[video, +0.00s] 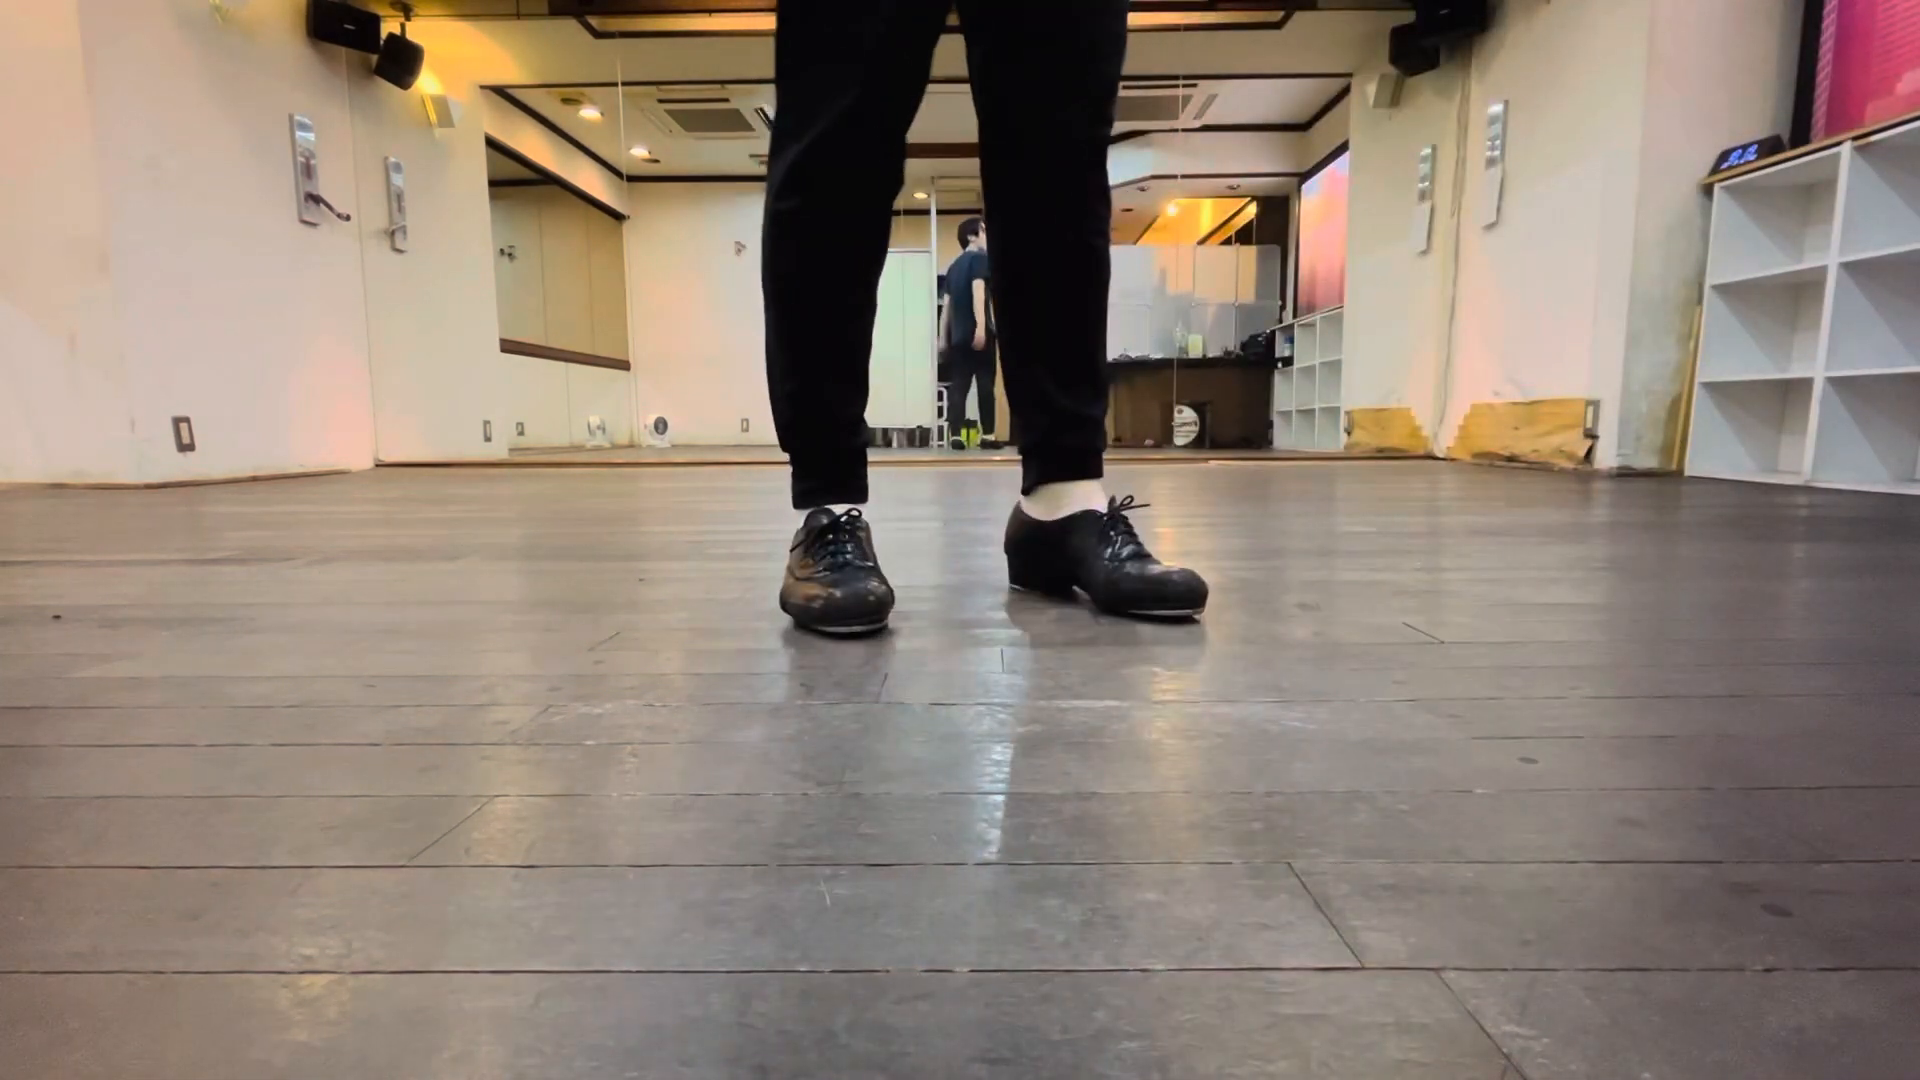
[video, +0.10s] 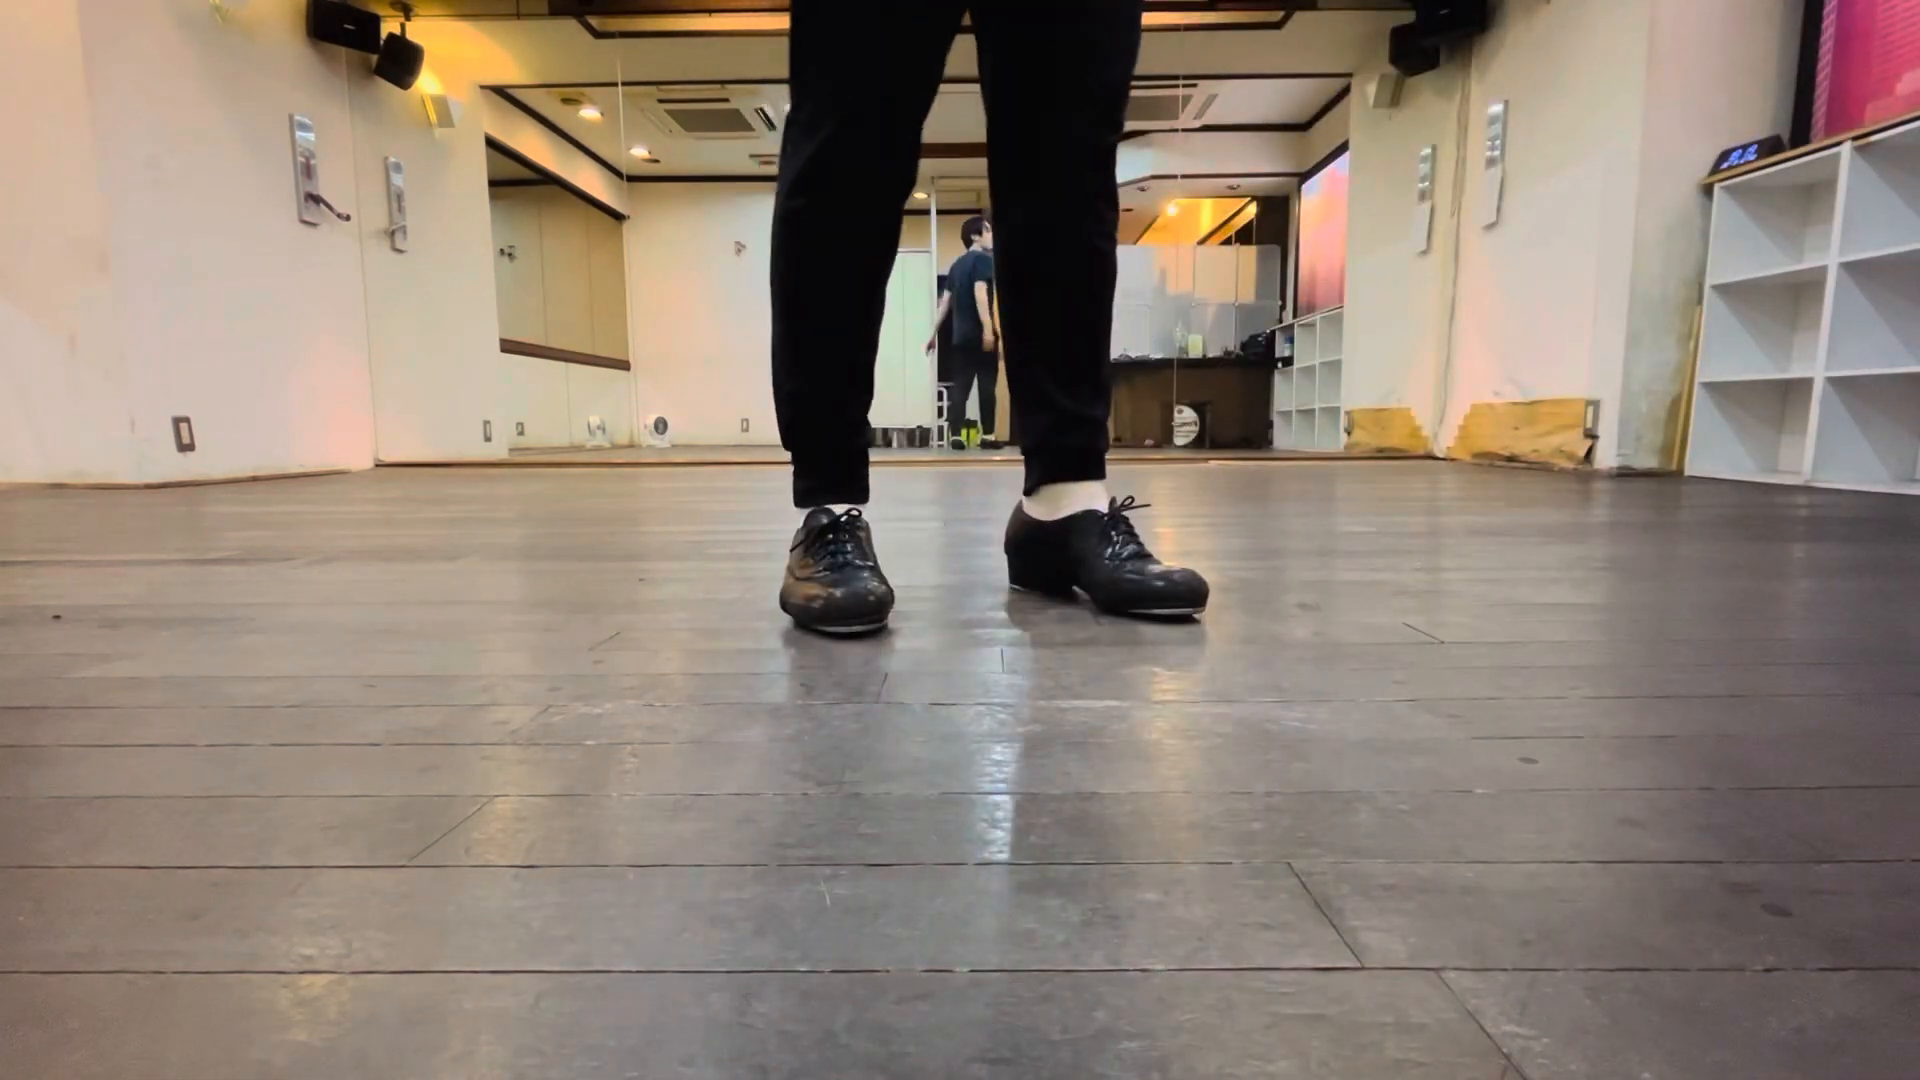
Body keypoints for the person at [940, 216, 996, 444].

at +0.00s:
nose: (987, 237)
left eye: (985, 232)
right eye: (984, 233)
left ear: (965, 238)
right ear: (974, 236)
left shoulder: (954, 266)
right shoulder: (979, 258)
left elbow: (947, 304)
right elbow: (978, 290)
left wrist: (943, 336)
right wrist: (981, 325)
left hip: (958, 333)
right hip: (980, 332)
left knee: (959, 383)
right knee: (986, 384)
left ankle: (955, 433)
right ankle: (987, 433)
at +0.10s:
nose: (992, 236)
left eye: (991, 232)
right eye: (988, 232)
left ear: (972, 237)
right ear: (976, 236)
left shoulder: (957, 264)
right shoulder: (983, 258)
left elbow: (945, 302)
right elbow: (980, 291)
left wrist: (933, 332)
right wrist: (988, 328)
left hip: (960, 334)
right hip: (982, 333)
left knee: (960, 384)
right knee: (987, 385)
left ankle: (955, 433)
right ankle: (988, 434)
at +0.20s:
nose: (996, 235)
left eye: (995, 231)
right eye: (992, 231)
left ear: (974, 236)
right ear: (981, 235)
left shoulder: (959, 263)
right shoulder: (987, 259)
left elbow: (946, 299)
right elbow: (985, 294)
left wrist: (932, 330)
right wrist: (999, 328)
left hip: (961, 334)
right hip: (984, 334)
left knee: (962, 384)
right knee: (988, 386)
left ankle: (956, 434)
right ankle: (988, 435)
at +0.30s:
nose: (1000, 237)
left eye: (998, 232)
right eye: (996, 232)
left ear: (977, 237)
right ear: (984, 235)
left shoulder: (959, 262)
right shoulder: (992, 259)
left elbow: (948, 300)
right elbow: (992, 292)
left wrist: (939, 330)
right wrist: (1008, 318)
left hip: (961, 333)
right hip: (986, 332)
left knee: (961, 383)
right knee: (988, 385)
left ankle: (956, 432)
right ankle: (988, 434)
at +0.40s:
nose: (1000, 237)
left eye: (999, 233)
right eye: (997, 233)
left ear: (977, 237)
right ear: (986, 235)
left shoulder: (959, 261)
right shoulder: (994, 259)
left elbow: (947, 299)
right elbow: (999, 291)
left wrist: (950, 328)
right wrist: (1012, 317)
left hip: (962, 332)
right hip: (987, 331)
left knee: (960, 384)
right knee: (988, 386)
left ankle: (956, 432)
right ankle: (988, 434)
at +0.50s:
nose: (998, 238)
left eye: (997, 234)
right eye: (996, 234)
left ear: (974, 236)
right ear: (986, 235)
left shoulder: (957, 261)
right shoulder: (994, 259)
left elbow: (945, 299)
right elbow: (1000, 291)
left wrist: (958, 319)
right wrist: (1013, 307)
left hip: (961, 331)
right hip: (987, 331)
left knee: (959, 384)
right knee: (987, 386)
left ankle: (956, 433)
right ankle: (988, 434)